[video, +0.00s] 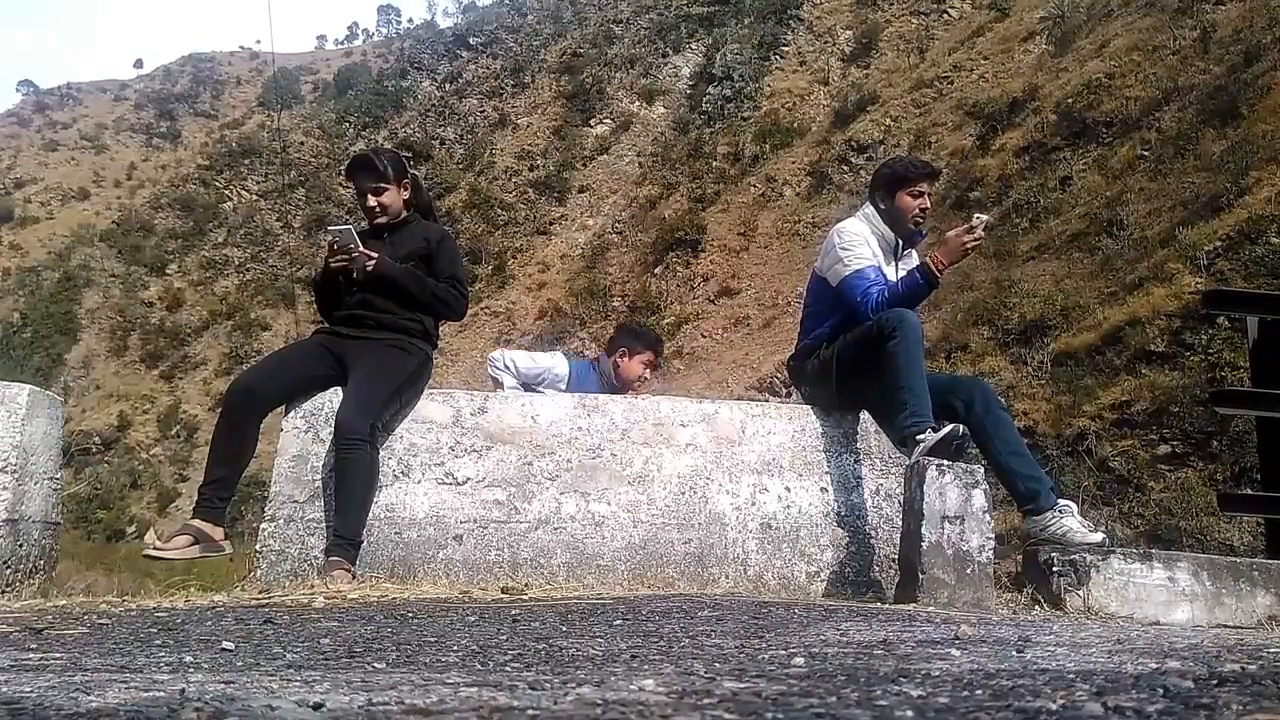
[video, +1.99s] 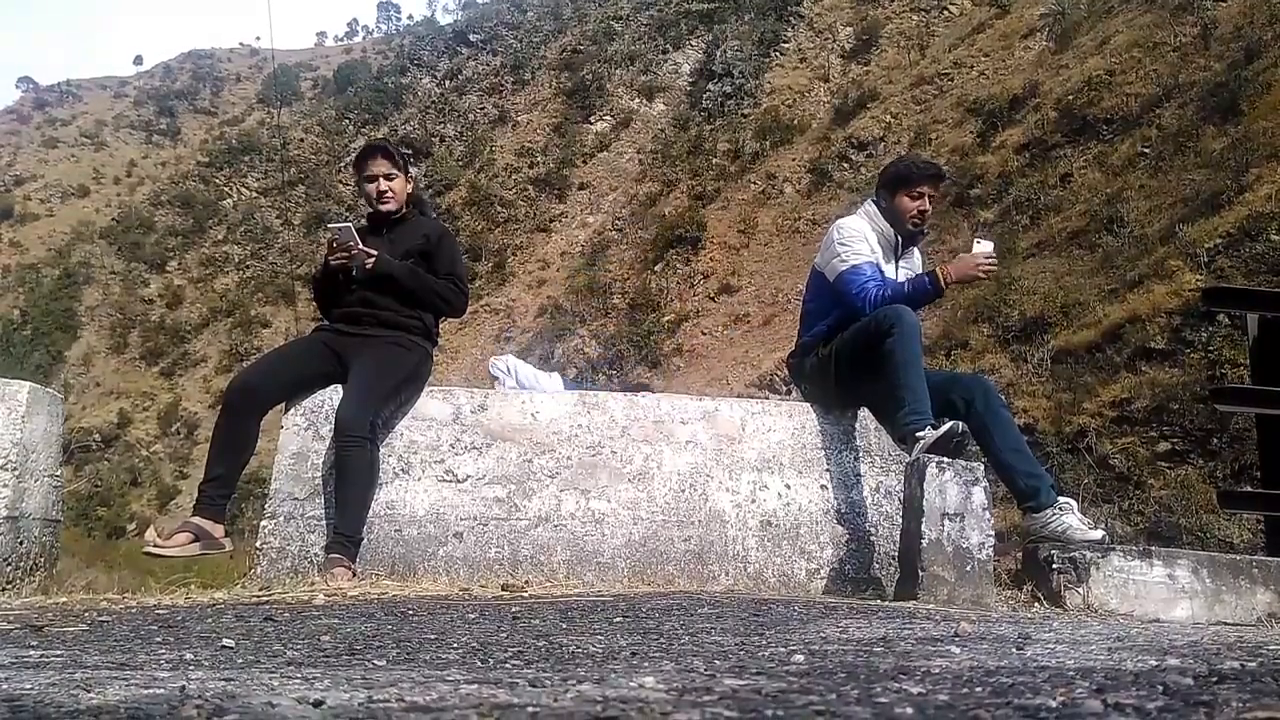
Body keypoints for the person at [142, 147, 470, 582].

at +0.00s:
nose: (372, 202)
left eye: (380, 191)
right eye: (364, 194)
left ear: (405, 187)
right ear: (359, 195)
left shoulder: (433, 236)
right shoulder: (355, 235)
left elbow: (455, 303)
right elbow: (330, 309)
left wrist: (386, 268)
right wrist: (332, 271)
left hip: (396, 348)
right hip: (336, 341)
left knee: (353, 426)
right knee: (247, 392)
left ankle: (340, 562)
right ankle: (208, 525)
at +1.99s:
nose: (381, 187)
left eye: (390, 177)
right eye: (371, 180)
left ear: (409, 180)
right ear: (363, 188)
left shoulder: (432, 233)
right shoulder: (354, 234)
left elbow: (455, 301)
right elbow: (328, 304)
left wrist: (385, 265)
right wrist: (330, 269)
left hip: (397, 344)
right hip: (337, 337)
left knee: (353, 425)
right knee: (246, 391)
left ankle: (341, 560)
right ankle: (208, 523)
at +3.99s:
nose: (383, 183)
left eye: (394, 175)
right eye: (375, 175)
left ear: (416, 181)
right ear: (367, 181)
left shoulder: (433, 233)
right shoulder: (354, 230)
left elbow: (456, 300)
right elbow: (326, 302)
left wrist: (387, 263)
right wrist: (335, 265)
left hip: (397, 345)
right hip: (336, 337)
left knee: (353, 424)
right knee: (246, 389)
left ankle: (341, 559)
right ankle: (208, 522)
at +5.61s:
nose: (372, 196)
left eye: (382, 186)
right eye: (366, 188)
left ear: (410, 184)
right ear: (360, 188)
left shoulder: (434, 232)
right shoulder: (355, 230)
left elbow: (455, 301)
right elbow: (331, 301)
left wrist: (383, 261)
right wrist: (330, 263)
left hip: (397, 344)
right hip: (336, 336)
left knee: (353, 423)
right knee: (247, 387)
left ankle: (341, 558)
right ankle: (208, 521)